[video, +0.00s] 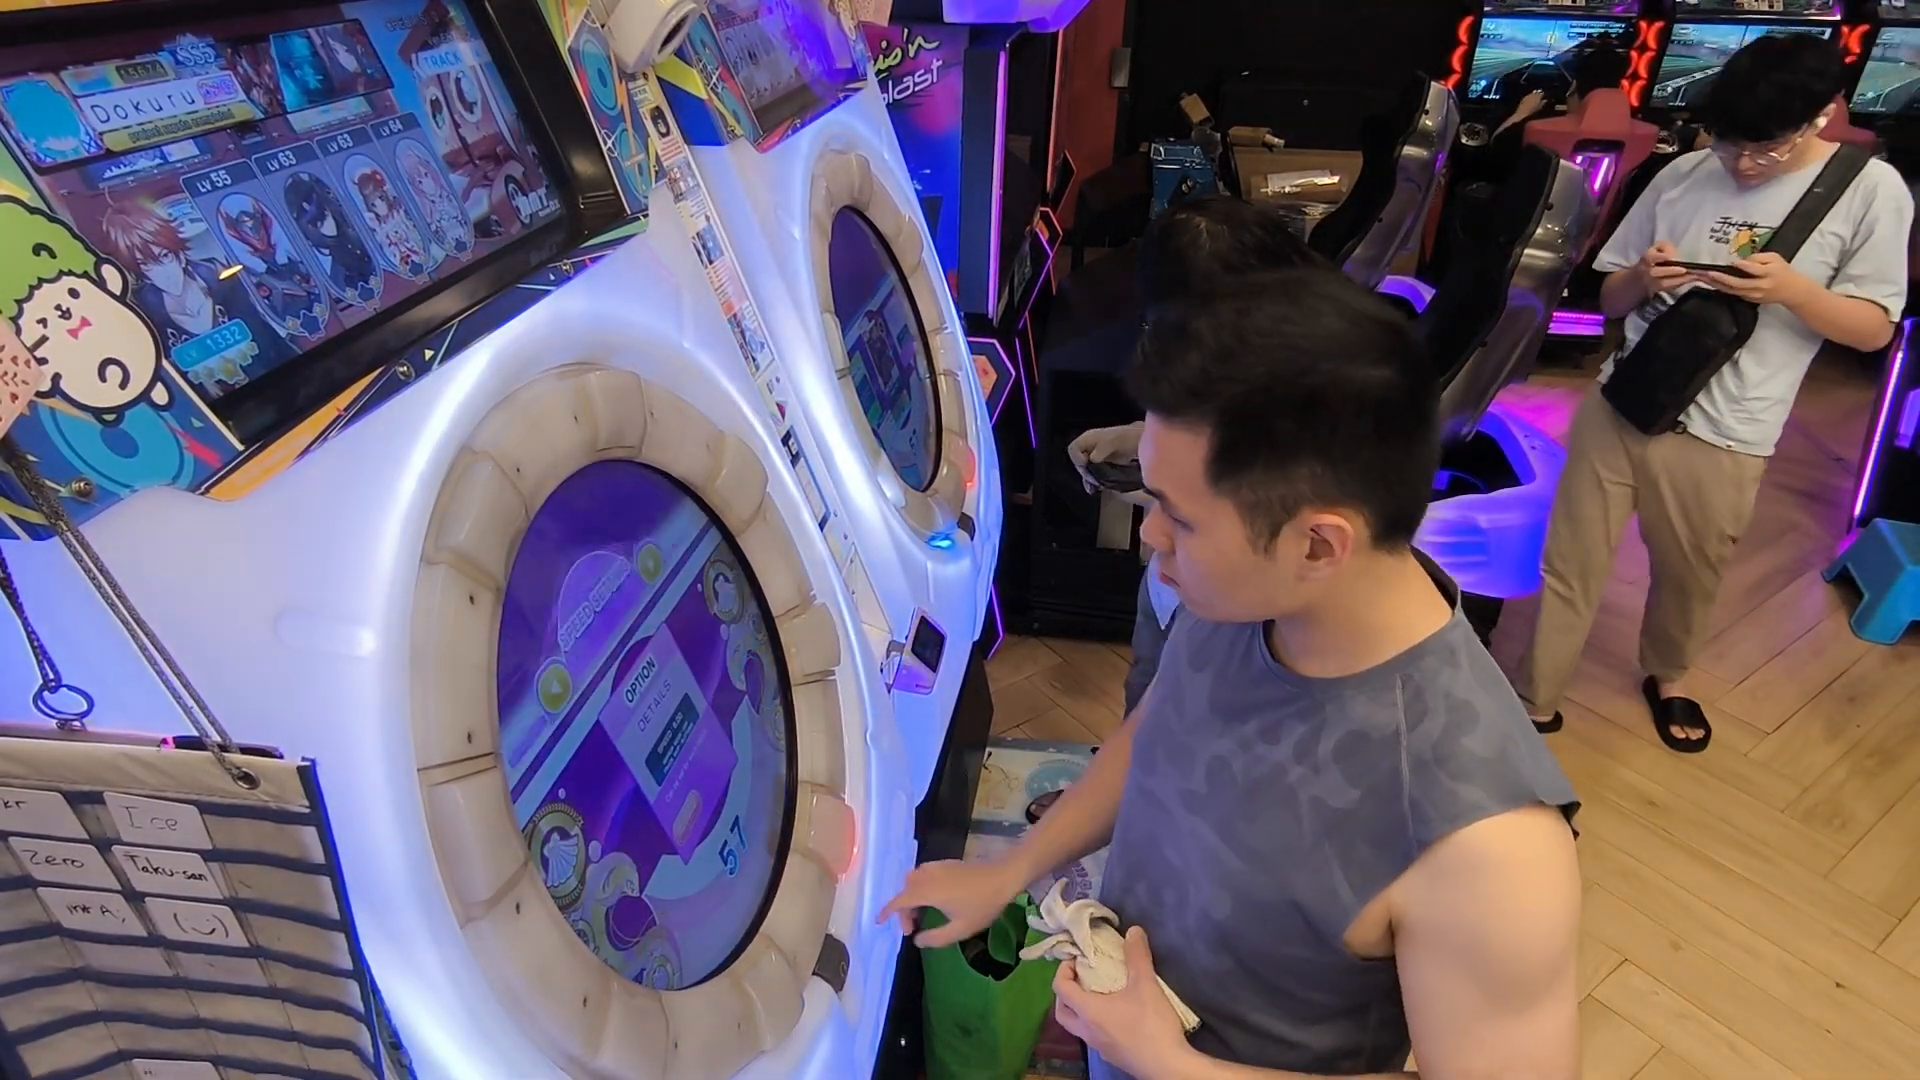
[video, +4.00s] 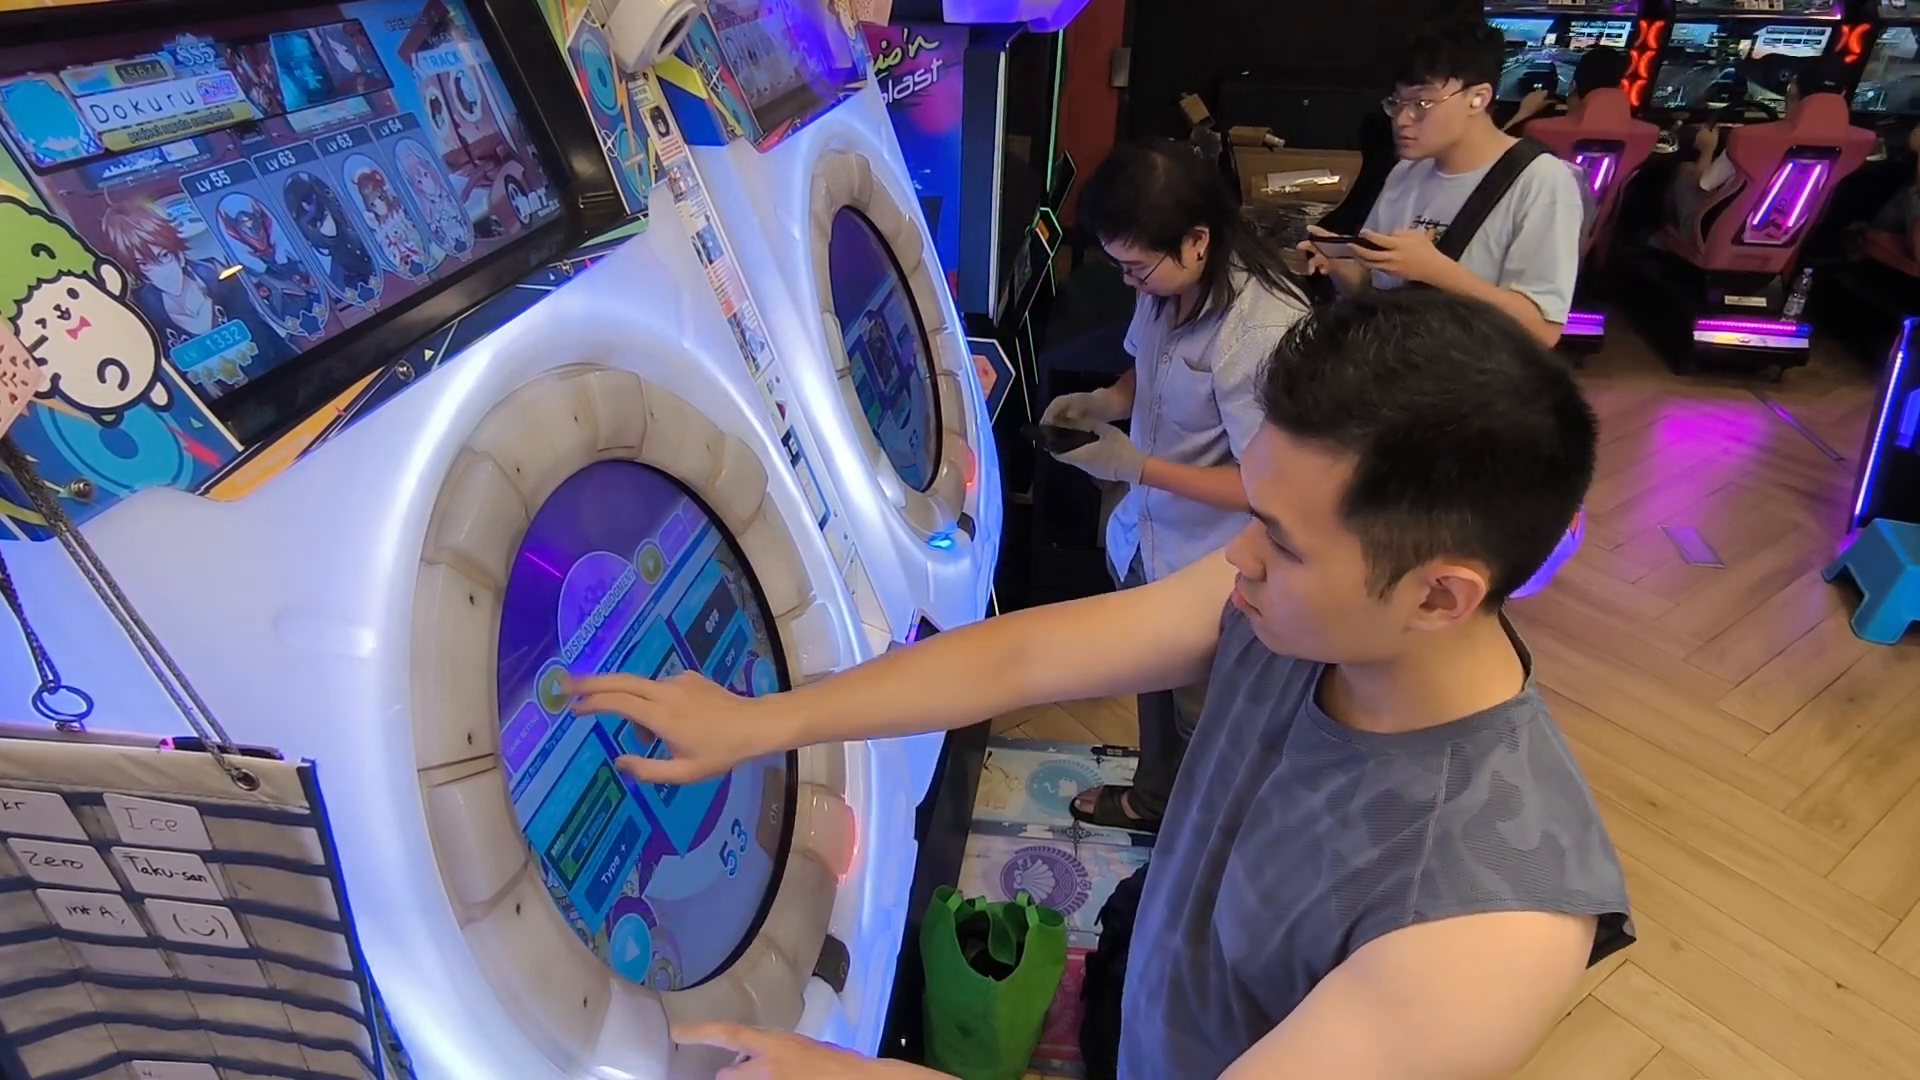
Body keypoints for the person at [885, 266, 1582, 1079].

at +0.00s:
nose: (1148, 535)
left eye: (1177, 520)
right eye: (1151, 500)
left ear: (1321, 548)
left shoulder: (1486, 840)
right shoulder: (1235, 599)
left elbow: (1465, 1066)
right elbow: (1147, 741)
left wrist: (1171, 1062)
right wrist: (1010, 871)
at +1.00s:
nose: (1204, 570)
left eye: (1247, 560)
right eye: (1217, 528)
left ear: (1414, 599)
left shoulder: (1546, 935)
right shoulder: (1246, 597)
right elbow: (1001, 684)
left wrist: (1202, 1079)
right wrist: (755, 730)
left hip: (1248, 1072)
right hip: (1106, 1010)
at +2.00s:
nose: (1193, 551)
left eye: (1224, 532)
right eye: (1200, 512)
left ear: (1379, 573)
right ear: (1369, 570)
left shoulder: (1463, 898)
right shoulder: (1286, 606)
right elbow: (1079, 723)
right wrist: (884, 835)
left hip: (1188, 1073)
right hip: (1123, 1014)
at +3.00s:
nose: (1224, 562)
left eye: (1276, 551)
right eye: (1240, 517)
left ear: (1434, 594)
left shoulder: (1475, 908)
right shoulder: (1280, 590)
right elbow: (1031, 679)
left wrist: (860, 1079)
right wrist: (806, 760)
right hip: (1130, 1001)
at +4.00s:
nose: (1233, 553)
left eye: (1283, 543)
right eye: (1248, 509)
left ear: (1443, 594)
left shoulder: (1492, 915)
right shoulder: (1284, 587)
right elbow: (1018, 656)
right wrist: (760, 719)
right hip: (1138, 1016)